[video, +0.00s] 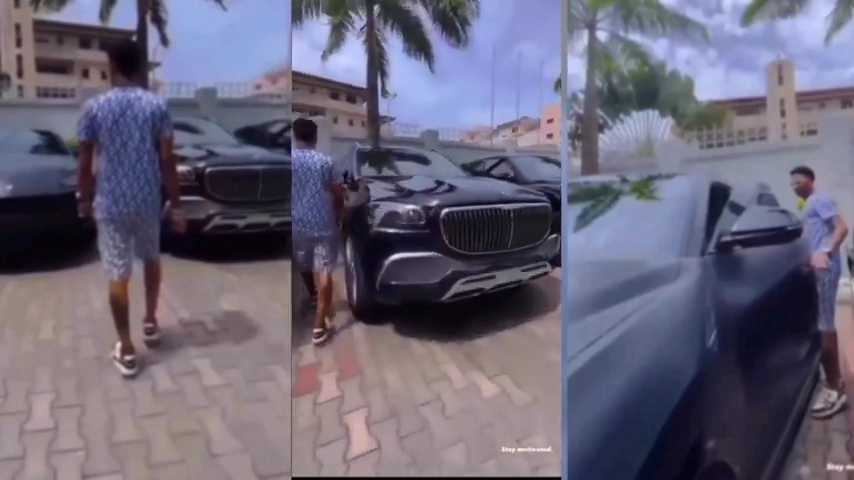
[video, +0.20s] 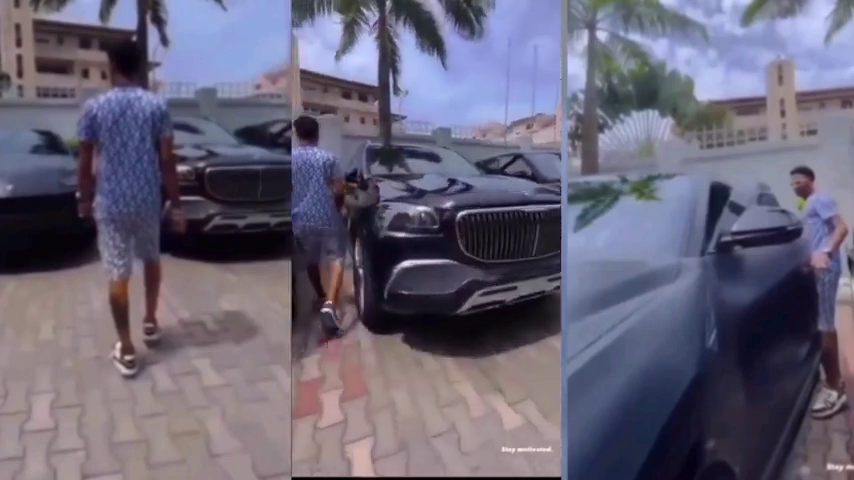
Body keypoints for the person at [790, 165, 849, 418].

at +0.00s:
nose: (796, 187)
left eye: (799, 183)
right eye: (793, 184)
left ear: (811, 181)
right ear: (797, 185)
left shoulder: (821, 201)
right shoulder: (809, 205)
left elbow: (842, 227)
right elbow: (820, 234)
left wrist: (827, 253)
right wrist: (810, 255)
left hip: (825, 268)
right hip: (815, 268)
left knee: (825, 327)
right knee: (822, 327)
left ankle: (834, 388)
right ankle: (830, 385)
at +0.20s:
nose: (796, 187)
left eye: (799, 183)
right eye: (793, 184)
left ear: (811, 181)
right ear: (797, 185)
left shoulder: (821, 201)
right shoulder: (809, 205)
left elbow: (842, 227)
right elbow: (820, 234)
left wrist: (827, 253)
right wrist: (810, 255)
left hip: (825, 268)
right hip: (815, 268)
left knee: (825, 327)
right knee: (822, 327)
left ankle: (834, 388)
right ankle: (830, 385)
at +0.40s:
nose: (796, 187)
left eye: (799, 183)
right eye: (793, 184)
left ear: (811, 181)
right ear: (797, 185)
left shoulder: (821, 201)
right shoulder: (809, 205)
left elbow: (842, 227)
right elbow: (820, 234)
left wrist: (827, 253)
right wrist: (810, 255)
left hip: (825, 268)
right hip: (815, 268)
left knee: (825, 327)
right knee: (822, 327)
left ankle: (834, 388)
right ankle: (830, 385)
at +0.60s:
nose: (796, 187)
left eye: (799, 183)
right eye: (793, 184)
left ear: (811, 181)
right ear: (797, 185)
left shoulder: (821, 201)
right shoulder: (809, 205)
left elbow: (842, 227)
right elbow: (820, 234)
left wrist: (827, 253)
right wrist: (810, 255)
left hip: (825, 268)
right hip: (815, 268)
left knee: (825, 327)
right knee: (822, 327)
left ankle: (834, 388)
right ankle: (830, 385)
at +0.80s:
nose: (796, 187)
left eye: (799, 183)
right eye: (793, 184)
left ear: (811, 181)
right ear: (797, 185)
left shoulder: (821, 201)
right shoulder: (809, 205)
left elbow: (842, 227)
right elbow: (820, 234)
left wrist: (827, 253)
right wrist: (810, 255)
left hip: (825, 268)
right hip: (815, 268)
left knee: (825, 327)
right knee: (822, 327)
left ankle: (834, 388)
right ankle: (830, 385)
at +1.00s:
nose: (796, 187)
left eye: (799, 183)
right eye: (793, 184)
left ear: (811, 181)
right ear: (797, 185)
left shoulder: (821, 201)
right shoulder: (809, 205)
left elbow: (842, 227)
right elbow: (820, 234)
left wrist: (827, 253)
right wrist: (810, 255)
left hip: (825, 268)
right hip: (815, 268)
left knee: (825, 327)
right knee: (822, 327)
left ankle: (834, 388)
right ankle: (830, 385)